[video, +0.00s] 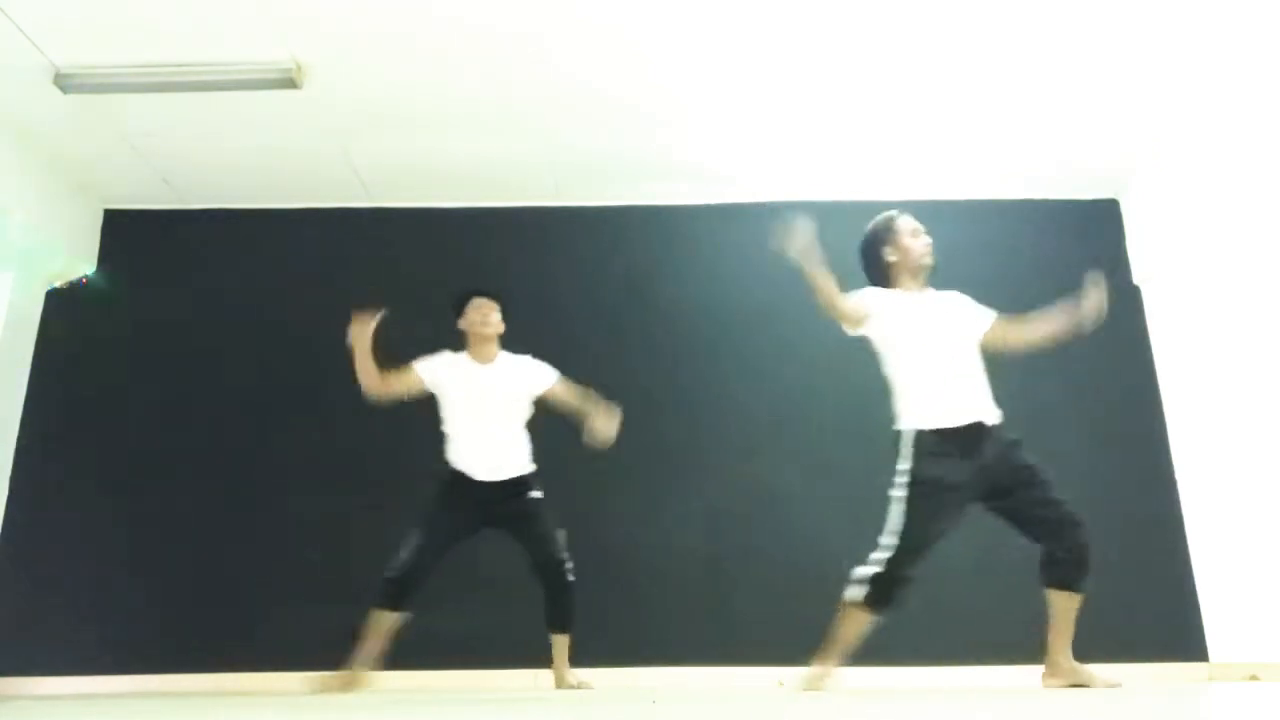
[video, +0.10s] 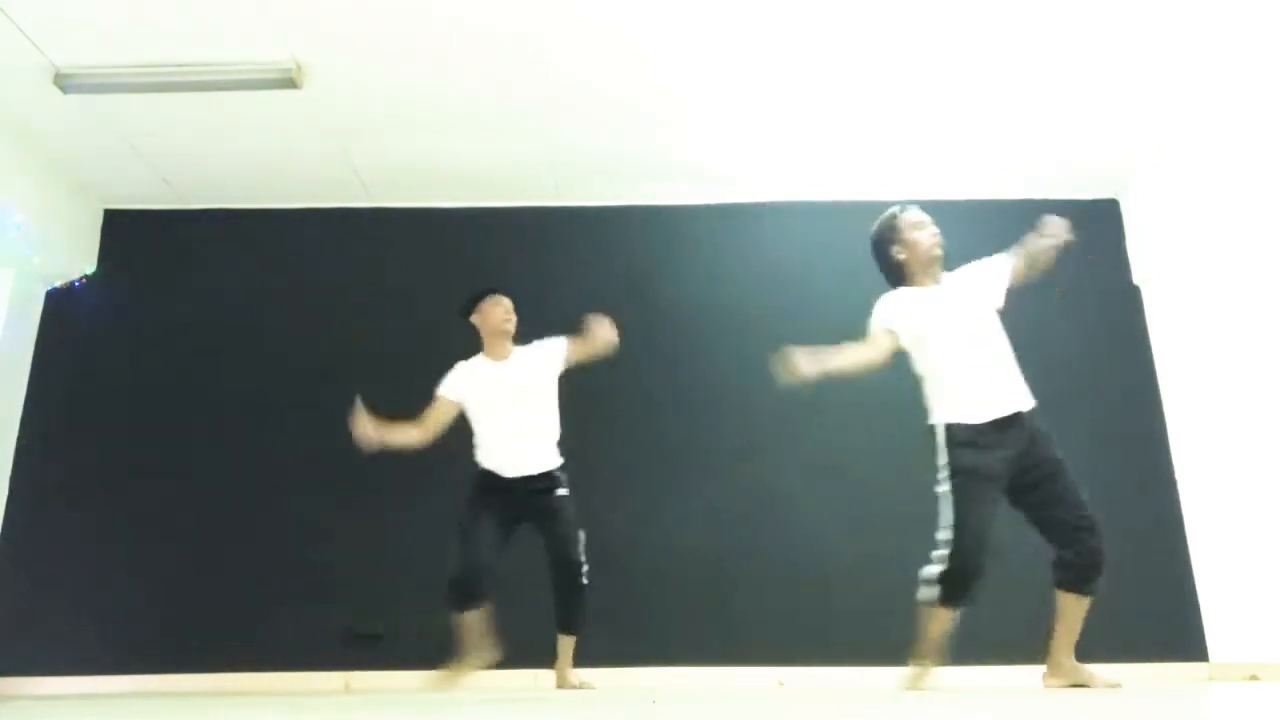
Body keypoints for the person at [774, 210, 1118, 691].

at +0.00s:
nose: (927, 238)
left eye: (924, 232)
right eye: (914, 233)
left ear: (924, 249)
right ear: (888, 253)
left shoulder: (956, 305)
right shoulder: (877, 303)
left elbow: (1018, 332)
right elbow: (840, 309)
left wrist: (1081, 311)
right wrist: (810, 260)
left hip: (990, 445)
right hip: (930, 449)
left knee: (1066, 535)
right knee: (892, 565)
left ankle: (1060, 664)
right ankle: (822, 669)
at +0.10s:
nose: (933, 231)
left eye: (930, 224)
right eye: (919, 227)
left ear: (937, 238)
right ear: (896, 251)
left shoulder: (974, 278)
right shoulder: (895, 307)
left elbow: (1025, 260)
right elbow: (871, 350)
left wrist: (1048, 238)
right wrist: (811, 361)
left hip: (1021, 430)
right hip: (966, 439)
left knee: (1081, 542)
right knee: (960, 562)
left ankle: (1062, 665)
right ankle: (920, 669)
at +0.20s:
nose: (933, 212)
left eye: (929, 207)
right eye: (917, 211)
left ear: (937, 223)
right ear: (898, 240)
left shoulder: (977, 249)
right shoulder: (909, 295)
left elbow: (1029, 199)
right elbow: (906, 368)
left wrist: (1013, 219)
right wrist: (872, 409)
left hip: (1039, 403)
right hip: (984, 419)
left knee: (1075, 527)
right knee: (1013, 533)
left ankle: (1068, 662)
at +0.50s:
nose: (925, 215)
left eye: (927, 205)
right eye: (910, 215)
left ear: (944, 211)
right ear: (899, 242)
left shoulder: (988, 230)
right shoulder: (912, 298)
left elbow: (1045, 186)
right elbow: (910, 353)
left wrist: (1027, 239)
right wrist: (935, 388)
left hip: (1053, 389)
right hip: (993, 412)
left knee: (1078, 521)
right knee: (1032, 530)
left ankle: (1101, 645)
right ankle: (1074, 646)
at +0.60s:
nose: (929, 246)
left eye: (932, 234)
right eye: (914, 244)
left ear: (950, 238)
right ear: (904, 266)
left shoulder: (995, 270)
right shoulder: (912, 323)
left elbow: (1081, 257)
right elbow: (899, 367)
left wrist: (1049, 314)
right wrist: (925, 403)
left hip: (1058, 415)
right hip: (997, 432)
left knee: (1076, 541)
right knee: (1014, 548)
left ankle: (1103, 653)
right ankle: (1075, 641)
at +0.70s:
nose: (924, 257)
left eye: (929, 245)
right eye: (910, 255)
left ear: (950, 250)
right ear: (902, 274)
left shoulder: (998, 298)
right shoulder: (914, 331)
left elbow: (1066, 356)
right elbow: (913, 392)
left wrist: (1001, 381)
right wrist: (942, 417)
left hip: (1049, 430)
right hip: (989, 441)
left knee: (1068, 547)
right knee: (969, 527)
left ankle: (1103, 660)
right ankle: (1043, 628)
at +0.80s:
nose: (918, 246)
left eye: (925, 234)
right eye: (906, 242)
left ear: (949, 243)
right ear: (899, 262)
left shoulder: (983, 290)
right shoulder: (902, 320)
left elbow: (982, 377)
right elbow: (926, 408)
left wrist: (913, 363)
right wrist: (907, 379)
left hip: (1030, 438)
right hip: (968, 445)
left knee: (1063, 559)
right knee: (924, 530)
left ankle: (1102, 660)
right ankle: (936, 648)